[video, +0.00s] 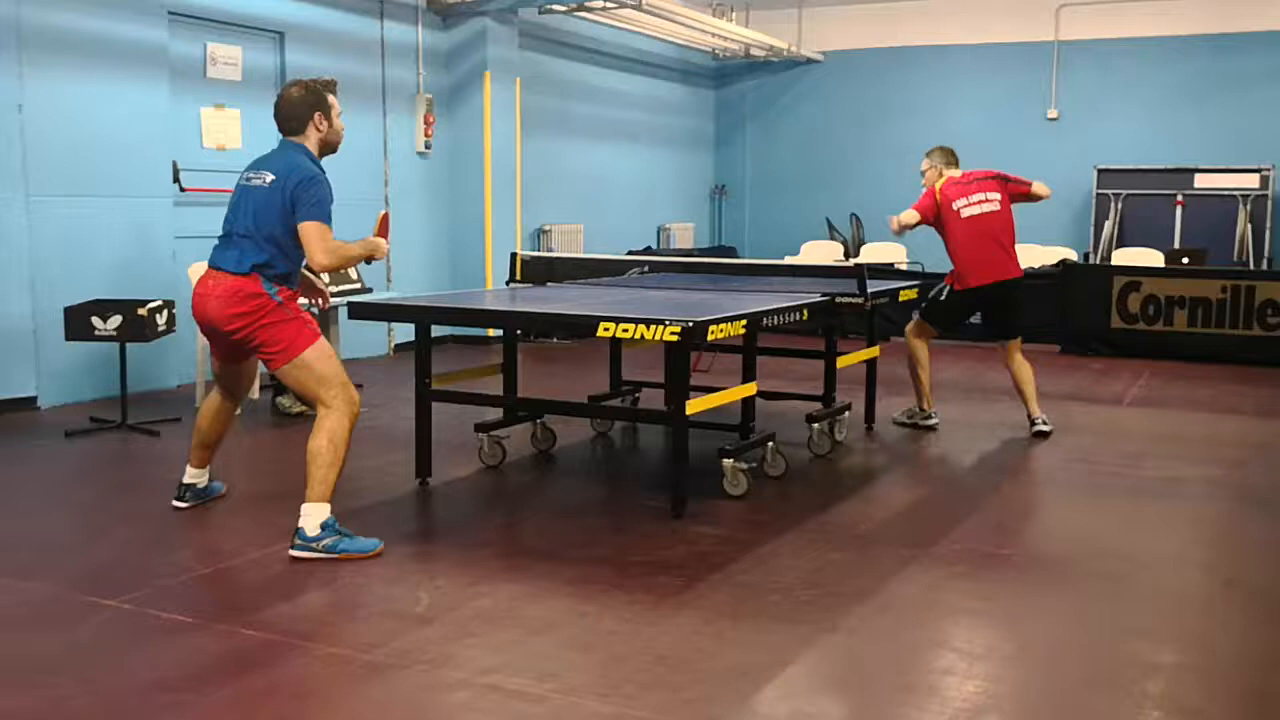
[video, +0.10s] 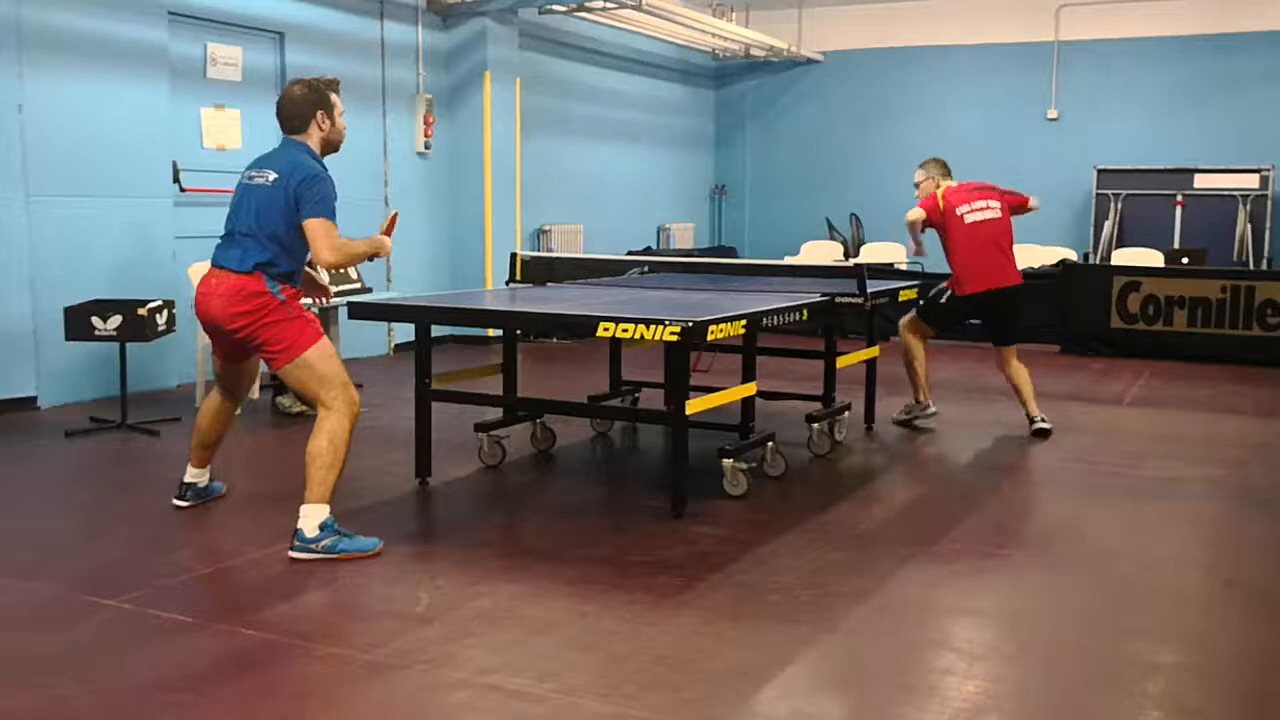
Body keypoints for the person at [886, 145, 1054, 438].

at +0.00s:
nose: (923, 181)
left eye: (924, 174)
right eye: (922, 175)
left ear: (938, 169)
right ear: (956, 167)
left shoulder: (937, 192)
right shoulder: (994, 179)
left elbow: (906, 222)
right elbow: (1043, 191)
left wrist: (898, 224)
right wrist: (1006, 194)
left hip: (970, 281)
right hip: (1009, 278)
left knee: (916, 333)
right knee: (1014, 351)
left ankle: (924, 410)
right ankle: (1037, 417)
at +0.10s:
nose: (916, 193)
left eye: (919, 185)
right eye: (916, 186)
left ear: (934, 180)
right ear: (947, 179)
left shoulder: (938, 198)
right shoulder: (990, 190)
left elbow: (913, 217)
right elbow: (1032, 203)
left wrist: (917, 243)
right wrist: (997, 212)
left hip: (970, 287)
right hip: (1008, 284)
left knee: (909, 328)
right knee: (1010, 358)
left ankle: (922, 402)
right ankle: (1035, 415)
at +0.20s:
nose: (902, 208)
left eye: (906, 200)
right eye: (900, 202)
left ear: (926, 196)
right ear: (935, 197)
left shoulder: (930, 206)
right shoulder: (967, 207)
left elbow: (929, 208)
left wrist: (941, 250)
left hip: (970, 293)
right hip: (1003, 292)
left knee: (900, 322)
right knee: (1000, 368)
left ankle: (921, 394)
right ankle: (1035, 412)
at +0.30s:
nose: (887, 210)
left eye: (892, 202)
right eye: (884, 204)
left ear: (910, 198)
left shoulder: (922, 212)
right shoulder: (930, 218)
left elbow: (945, 202)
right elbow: (933, 240)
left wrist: (945, 246)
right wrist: (921, 262)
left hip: (958, 298)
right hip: (987, 297)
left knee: (891, 335)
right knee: (982, 375)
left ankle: (911, 407)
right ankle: (1031, 406)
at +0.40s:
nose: (874, 198)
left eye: (879, 190)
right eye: (870, 192)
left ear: (896, 187)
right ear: (871, 194)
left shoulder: (913, 205)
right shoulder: (905, 211)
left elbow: (949, 208)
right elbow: (906, 228)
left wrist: (939, 249)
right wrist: (898, 250)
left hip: (946, 292)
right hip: (960, 289)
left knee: (885, 334)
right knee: (950, 371)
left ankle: (910, 407)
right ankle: (1017, 395)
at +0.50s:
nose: (866, 180)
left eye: (872, 173)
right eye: (862, 175)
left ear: (889, 171)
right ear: (862, 177)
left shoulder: (907, 193)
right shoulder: (891, 200)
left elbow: (947, 206)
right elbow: (890, 221)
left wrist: (929, 244)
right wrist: (885, 243)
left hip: (936, 280)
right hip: (921, 280)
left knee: (884, 339)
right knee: (907, 352)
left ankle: (910, 406)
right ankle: (978, 378)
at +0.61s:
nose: (861, 162)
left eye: (866, 155)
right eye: (857, 156)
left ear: (883, 154)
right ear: (857, 159)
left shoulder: (901, 178)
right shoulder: (882, 189)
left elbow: (944, 195)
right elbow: (878, 220)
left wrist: (921, 234)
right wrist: (866, 234)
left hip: (920, 271)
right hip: (901, 272)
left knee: (887, 335)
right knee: (887, 334)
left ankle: (911, 405)